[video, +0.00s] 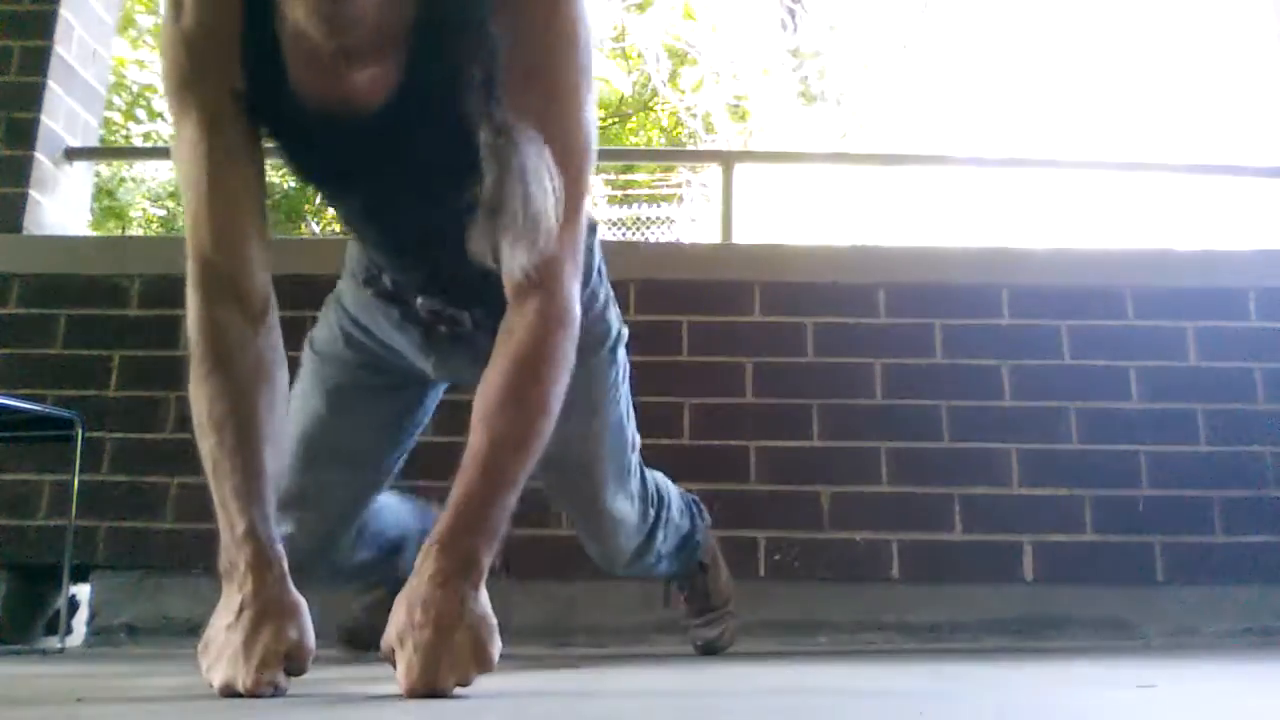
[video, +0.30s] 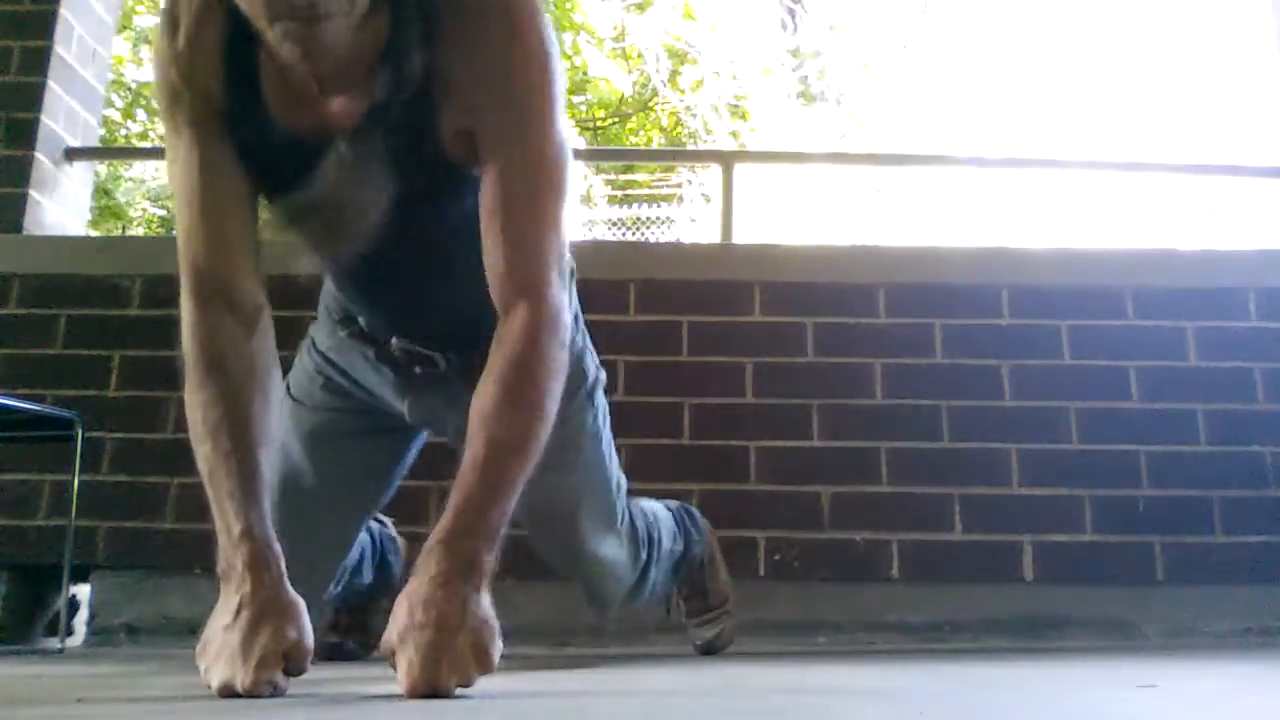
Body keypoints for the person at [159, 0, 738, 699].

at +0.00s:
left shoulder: (529, 16)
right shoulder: (210, 24)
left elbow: (544, 290)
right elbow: (228, 298)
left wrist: (456, 566)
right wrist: (249, 566)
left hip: (536, 295)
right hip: (384, 293)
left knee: (618, 535)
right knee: (298, 539)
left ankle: (688, 542)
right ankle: (427, 546)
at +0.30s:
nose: (292, 10)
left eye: (325, 4)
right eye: (266, 6)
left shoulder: (490, 25)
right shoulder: (197, 39)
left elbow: (532, 305)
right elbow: (221, 302)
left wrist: (458, 564)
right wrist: (249, 566)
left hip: (512, 344)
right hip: (356, 343)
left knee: (603, 567)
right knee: (274, 585)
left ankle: (685, 547)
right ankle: (373, 569)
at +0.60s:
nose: (400, 16)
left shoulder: (572, 40)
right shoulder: (266, 33)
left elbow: (730, 292)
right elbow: (251, 303)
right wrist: (249, 572)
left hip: (551, 330)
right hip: (384, 319)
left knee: (621, 542)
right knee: (320, 555)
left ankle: (690, 545)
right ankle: (378, 562)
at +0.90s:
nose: (525, 13)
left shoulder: (692, 34)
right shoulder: (370, 27)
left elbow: (793, 287)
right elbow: (297, 296)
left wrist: (858, 561)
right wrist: (255, 566)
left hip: (636, 340)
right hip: (475, 338)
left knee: (663, 565)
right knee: (482, 593)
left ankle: (693, 569)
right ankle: (565, 549)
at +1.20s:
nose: (652, 15)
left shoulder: (799, 21)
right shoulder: (485, 19)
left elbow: (846, 278)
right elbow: (444, 286)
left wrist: (862, 568)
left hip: (745, 292)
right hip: (593, 288)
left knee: (790, 541)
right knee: (566, 548)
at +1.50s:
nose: (767, 26)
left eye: (798, 0)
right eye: (731, 1)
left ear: (837, 0)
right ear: (673, 5)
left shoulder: (896, 24)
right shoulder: (593, 21)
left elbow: (904, 296)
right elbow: (617, 303)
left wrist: (867, 572)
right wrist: (674, 571)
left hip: (813, 347)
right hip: (661, 335)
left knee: (913, 503)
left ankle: (1012, 565)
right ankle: (587, 598)